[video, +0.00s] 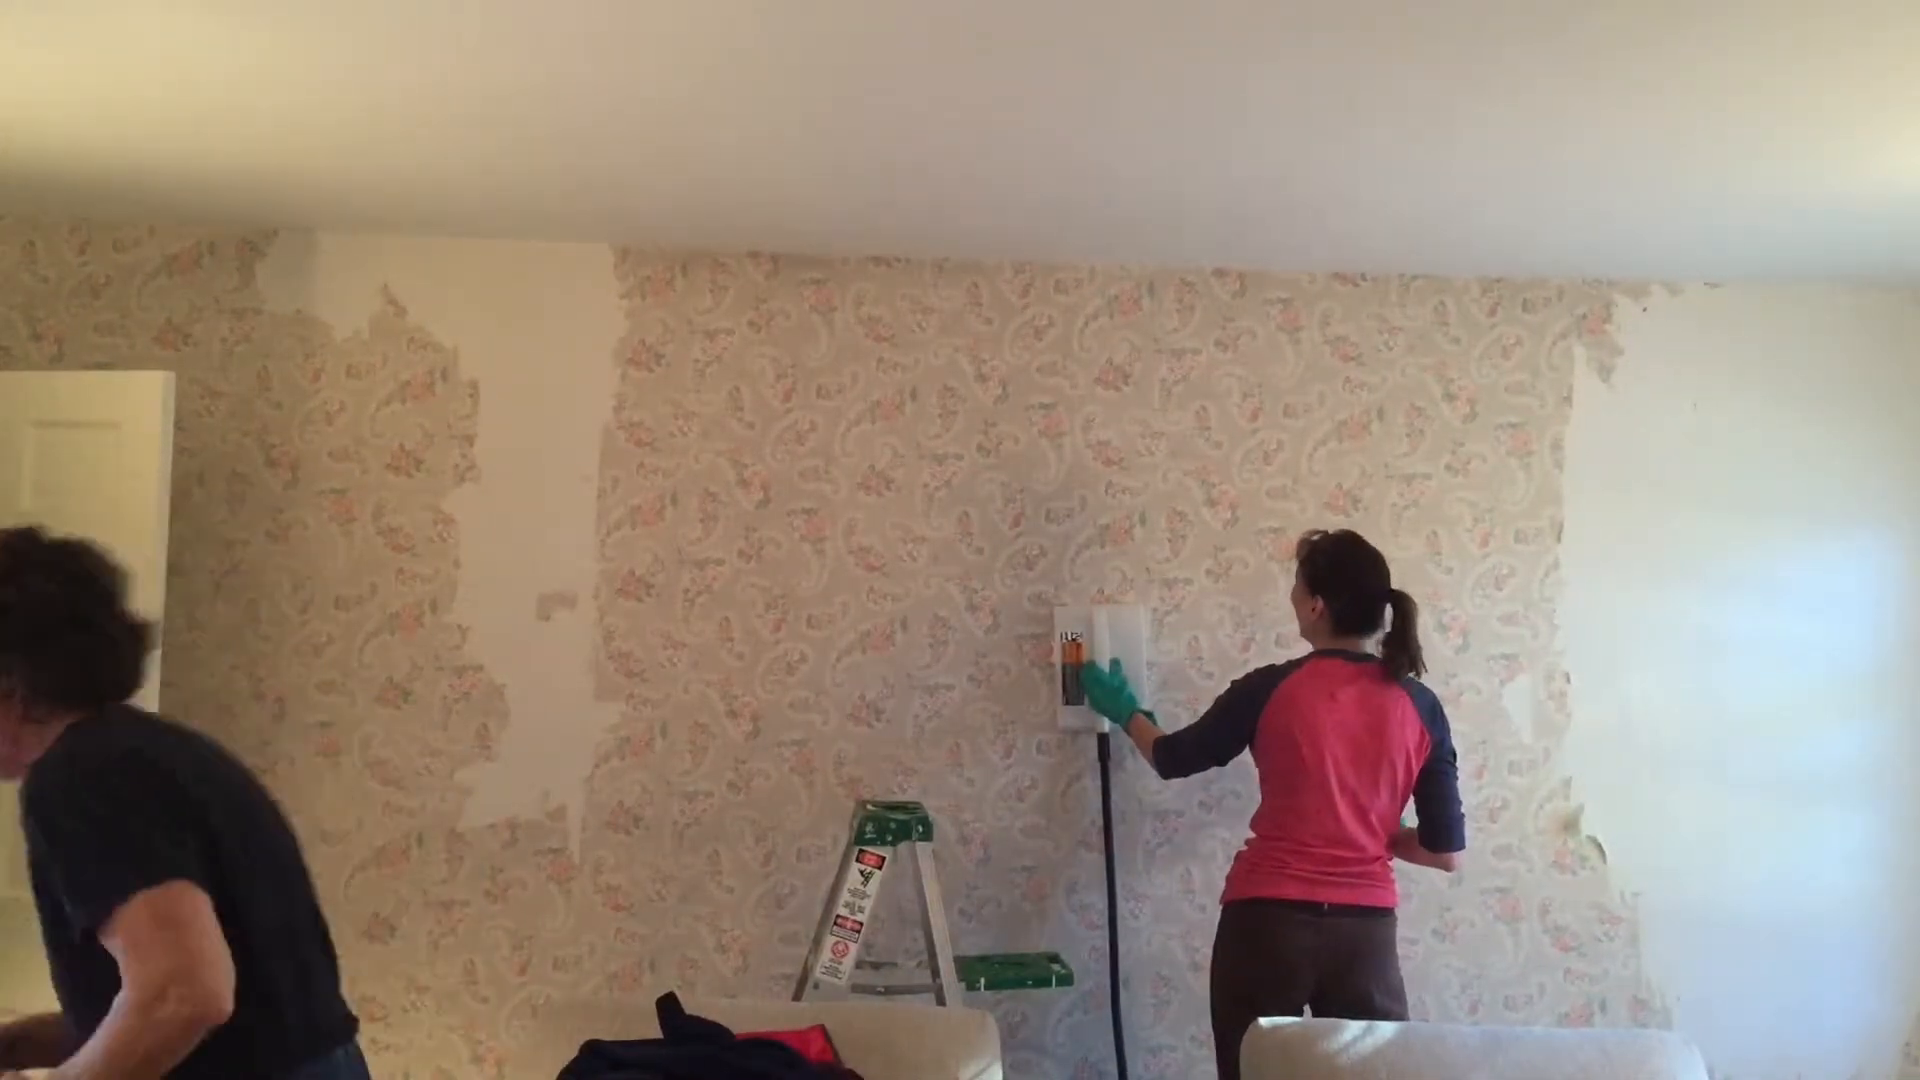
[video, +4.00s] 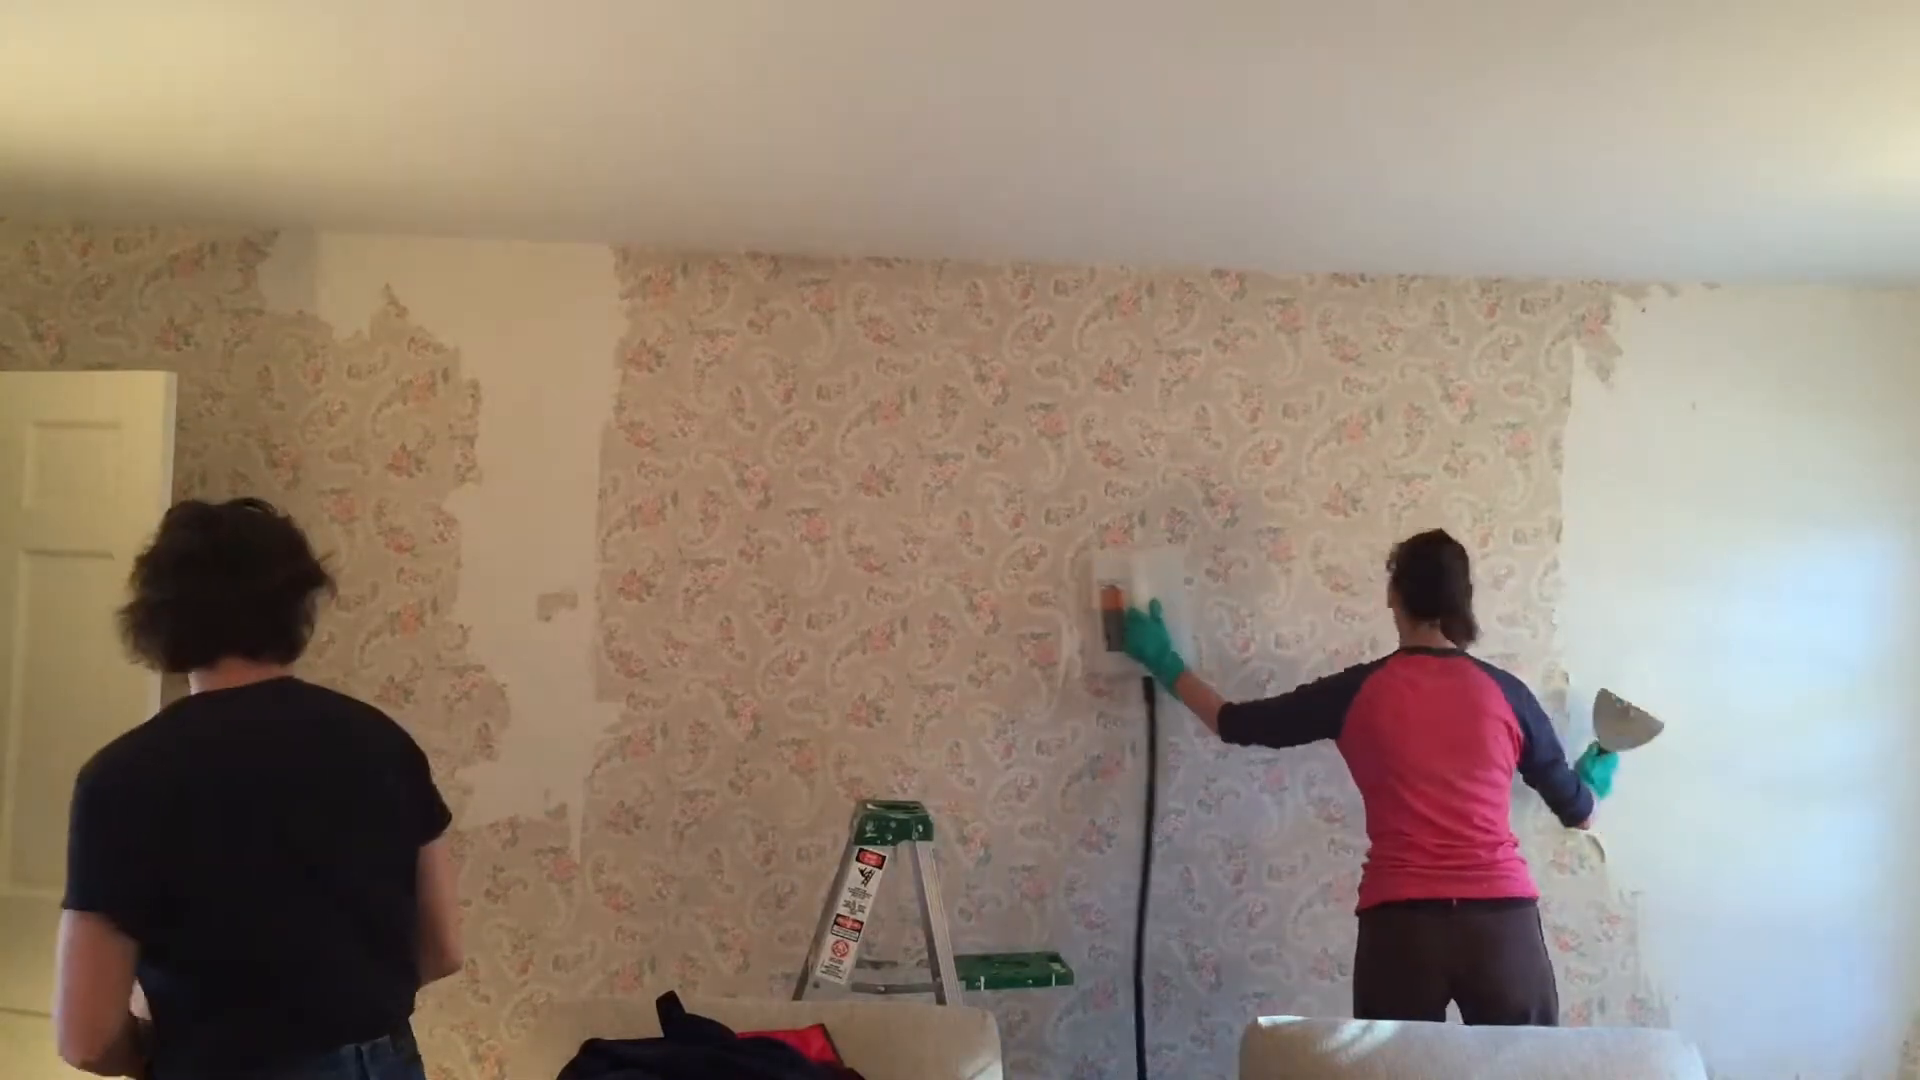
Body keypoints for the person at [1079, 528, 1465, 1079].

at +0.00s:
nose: (1293, 597)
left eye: (1298, 586)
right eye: (1297, 585)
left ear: (1316, 605)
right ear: (1376, 606)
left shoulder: (1270, 687)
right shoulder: (1421, 705)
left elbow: (1169, 758)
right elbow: (1444, 849)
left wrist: (1125, 713)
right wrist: (1373, 828)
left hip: (1263, 930)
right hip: (1365, 938)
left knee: (1248, 1074)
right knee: (1379, 1076)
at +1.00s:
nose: (1233, 633)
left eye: (1237, 617)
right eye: (1231, 619)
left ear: (1274, 615)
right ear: (1292, 615)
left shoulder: (1238, 690)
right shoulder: (1383, 694)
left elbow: (1145, 790)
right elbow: (1430, 817)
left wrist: (1124, 716)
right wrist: (1429, 759)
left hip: (1272, 918)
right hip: (1370, 919)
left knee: (1256, 1074)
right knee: (1400, 1074)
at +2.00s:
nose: (1214, 635)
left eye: (1213, 622)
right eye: (1208, 622)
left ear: (1247, 620)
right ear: (1285, 611)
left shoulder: (1245, 696)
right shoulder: (1367, 689)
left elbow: (1154, 729)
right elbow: (1423, 791)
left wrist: (1125, 664)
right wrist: (1432, 752)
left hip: (1259, 932)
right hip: (1351, 933)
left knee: (1240, 1074)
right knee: (1362, 1076)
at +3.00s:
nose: (1262, 617)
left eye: (1266, 600)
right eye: (1261, 601)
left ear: (1310, 605)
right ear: (1319, 603)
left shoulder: (1276, 686)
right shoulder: (1415, 693)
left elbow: (1167, 723)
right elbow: (1473, 815)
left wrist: (1123, 657)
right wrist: (1455, 766)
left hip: (1280, 934)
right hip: (1383, 939)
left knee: (1262, 1073)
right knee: (1419, 1076)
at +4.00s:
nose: (1387, 597)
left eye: (1389, 585)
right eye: (1394, 582)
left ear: (1395, 597)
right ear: (1464, 600)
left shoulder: (1357, 690)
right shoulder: (1506, 693)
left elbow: (1232, 723)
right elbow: (1576, 808)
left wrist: (1163, 659)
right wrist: (1593, 779)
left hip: (1397, 933)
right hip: (1502, 931)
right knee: (1531, 1079)